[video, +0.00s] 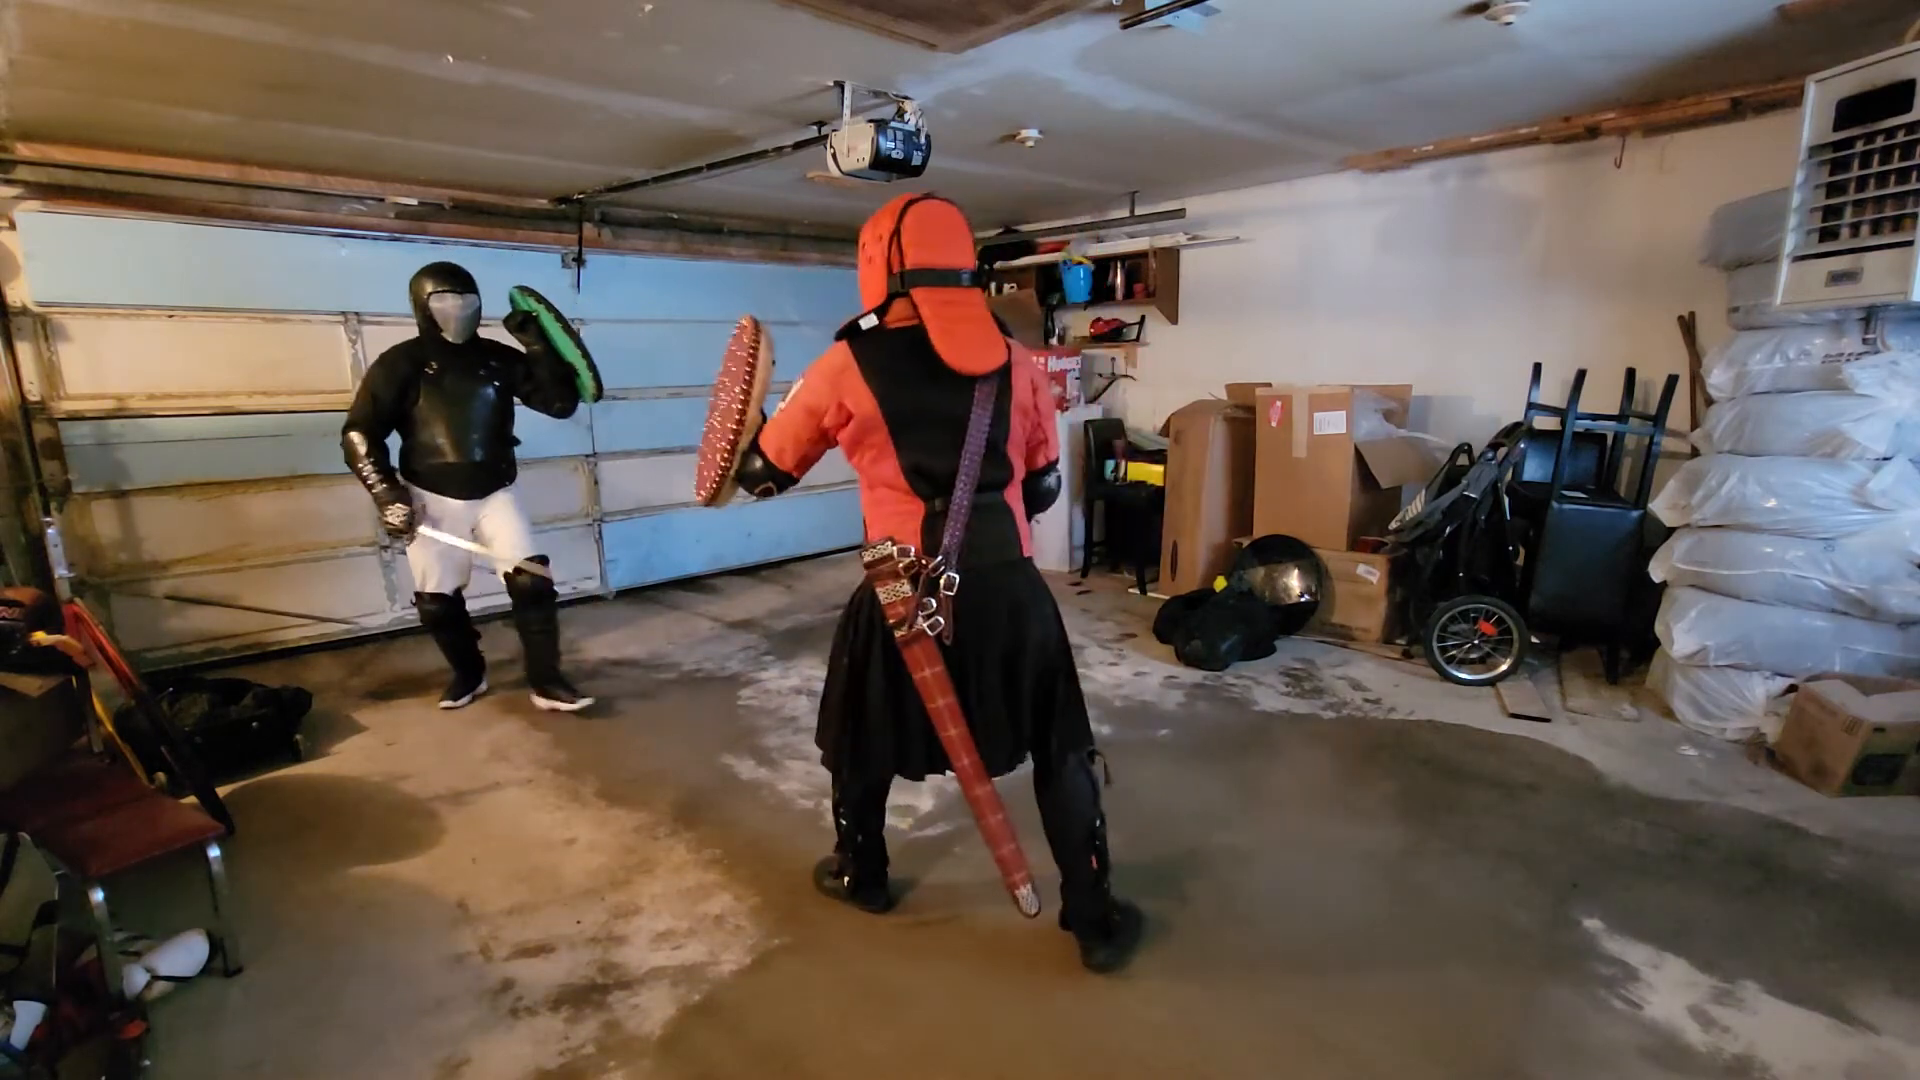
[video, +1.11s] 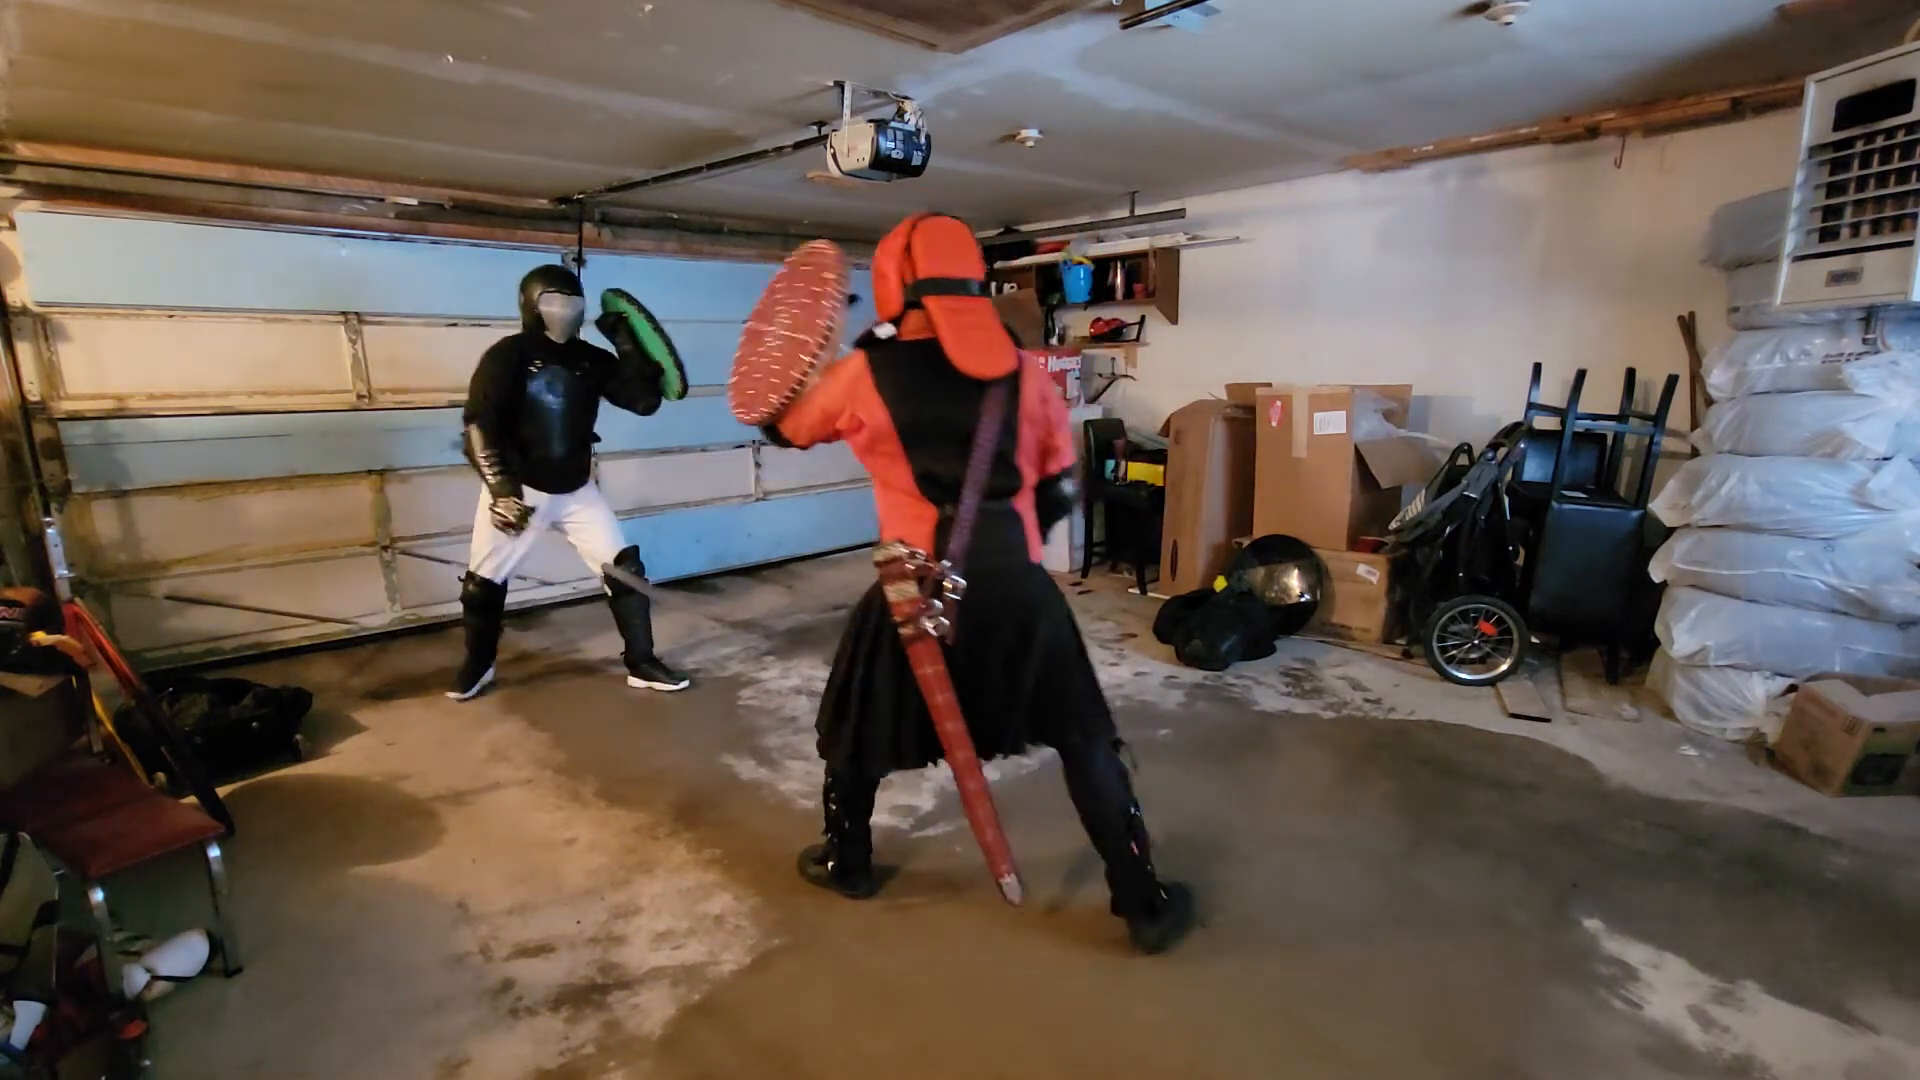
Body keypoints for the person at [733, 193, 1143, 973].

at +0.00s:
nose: (864, 279)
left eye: (869, 267)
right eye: (872, 268)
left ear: (883, 269)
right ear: (966, 267)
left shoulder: (850, 363)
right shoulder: (1017, 362)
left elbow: (767, 470)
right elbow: (1042, 488)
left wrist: (756, 436)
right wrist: (977, 489)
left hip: (903, 582)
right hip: (1008, 577)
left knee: (861, 721)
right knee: (1060, 734)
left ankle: (861, 864)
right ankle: (1094, 915)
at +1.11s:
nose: (877, 296)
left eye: (882, 285)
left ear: (895, 290)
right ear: (974, 283)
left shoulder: (866, 374)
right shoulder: (1027, 374)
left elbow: (788, 426)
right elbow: (1052, 495)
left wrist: (790, 351)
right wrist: (999, 536)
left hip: (914, 587)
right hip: (1015, 583)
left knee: (858, 713)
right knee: (1084, 732)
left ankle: (848, 853)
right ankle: (1142, 900)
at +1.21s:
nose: (902, 305)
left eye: (907, 293)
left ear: (919, 298)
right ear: (1007, 291)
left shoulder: (897, 383)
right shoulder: (1056, 382)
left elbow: (815, 429)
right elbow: (1090, 481)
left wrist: (825, 336)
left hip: (939, 599)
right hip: (1044, 596)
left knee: (870, 719)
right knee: (1105, 738)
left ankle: (850, 857)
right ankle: (1148, 907)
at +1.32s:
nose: (948, 305)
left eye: (951, 293)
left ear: (959, 298)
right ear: (1040, 297)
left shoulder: (927, 384)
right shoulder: (1093, 390)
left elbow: (847, 431)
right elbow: (1132, 509)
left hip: (962, 611)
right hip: (1073, 610)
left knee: (887, 726)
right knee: (1124, 745)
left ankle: (851, 856)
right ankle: (1151, 908)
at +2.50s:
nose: (1024, 293)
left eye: (1031, 281)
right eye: (1026, 280)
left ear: (1051, 285)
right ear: (1122, 283)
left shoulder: (1019, 368)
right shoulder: (1176, 371)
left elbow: (941, 441)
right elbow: (1202, 490)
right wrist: (1144, 529)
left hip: (1054, 585)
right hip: (1159, 585)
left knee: (980, 699)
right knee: (1193, 728)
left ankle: (961, 845)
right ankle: (1233, 887)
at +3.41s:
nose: (992, 303)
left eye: (999, 291)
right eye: (995, 290)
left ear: (1024, 301)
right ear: (1066, 300)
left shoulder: (1000, 371)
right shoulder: (1101, 374)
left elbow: (939, 442)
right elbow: (1106, 454)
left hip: (1033, 573)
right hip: (1113, 570)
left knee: (961, 685)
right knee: (1147, 714)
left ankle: (1001, 822)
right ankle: (1220, 839)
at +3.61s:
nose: (966, 301)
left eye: (973, 289)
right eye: (967, 287)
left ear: (999, 294)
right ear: (1036, 290)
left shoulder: (999, 364)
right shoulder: (1058, 357)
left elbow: (931, 442)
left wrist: (884, 451)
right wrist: (946, 478)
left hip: (1017, 568)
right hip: (1074, 556)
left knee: (951, 692)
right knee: (1077, 679)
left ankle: (1001, 824)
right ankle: (1139, 783)